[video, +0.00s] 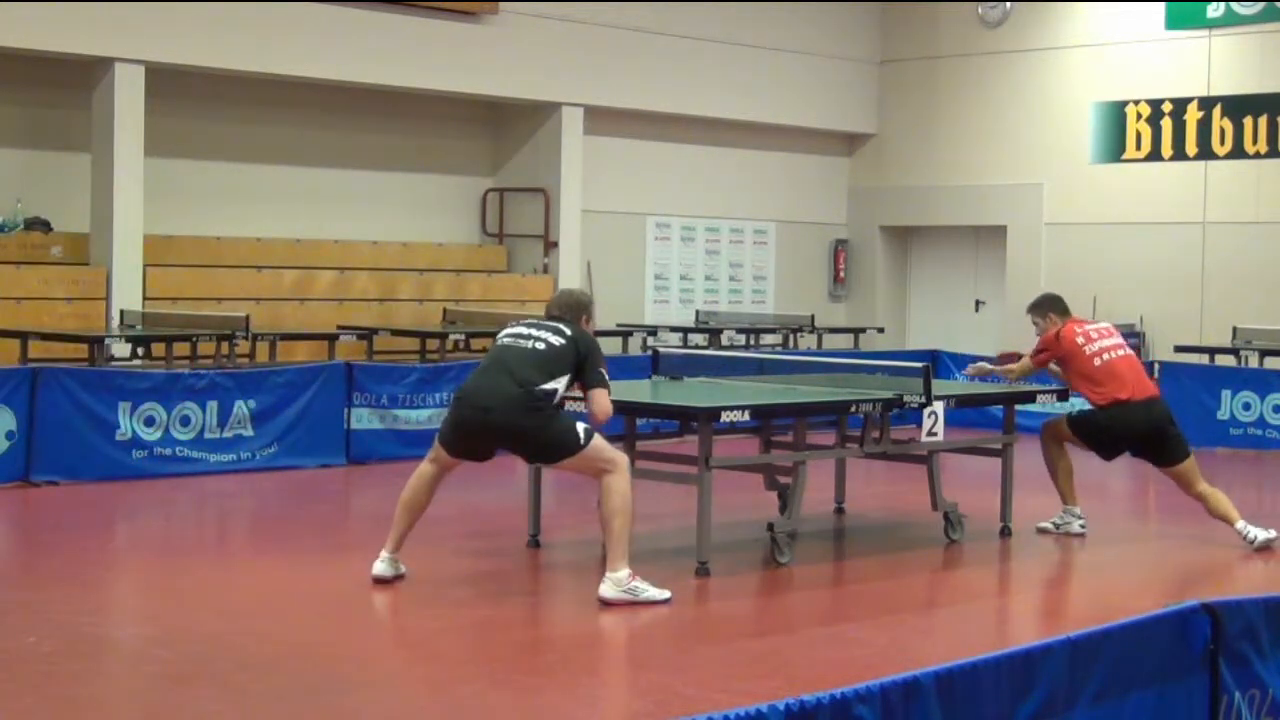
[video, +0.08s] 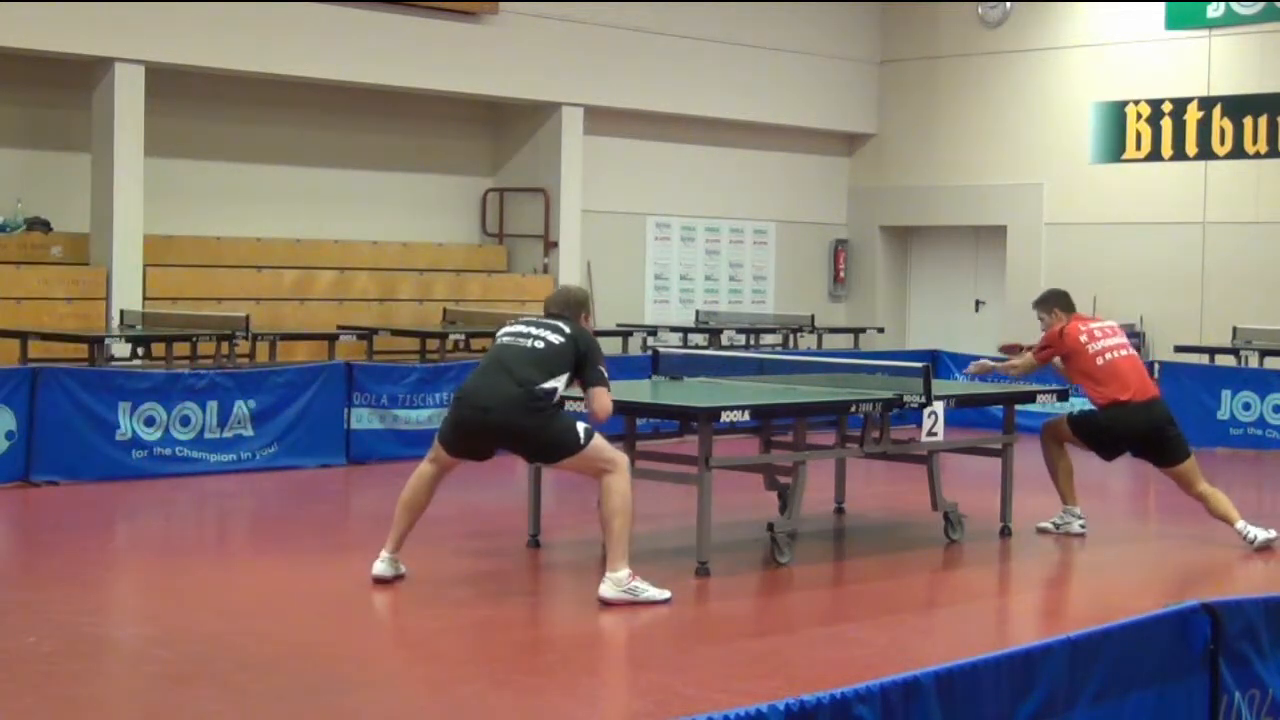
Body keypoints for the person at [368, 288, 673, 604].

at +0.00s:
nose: (594, 328)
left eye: (592, 322)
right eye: (593, 322)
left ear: (550, 314)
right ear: (584, 321)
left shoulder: (515, 327)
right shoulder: (583, 341)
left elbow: (502, 373)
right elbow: (601, 412)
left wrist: (547, 392)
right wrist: (587, 414)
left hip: (469, 410)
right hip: (524, 416)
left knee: (435, 463)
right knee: (616, 466)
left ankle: (386, 556)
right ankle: (619, 577)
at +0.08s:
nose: (592, 323)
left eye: (591, 318)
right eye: (591, 318)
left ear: (547, 312)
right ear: (583, 318)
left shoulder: (513, 326)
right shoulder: (582, 339)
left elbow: (503, 373)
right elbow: (601, 411)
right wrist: (598, 393)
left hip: (469, 410)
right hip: (526, 417)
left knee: (435, 463)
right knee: (615, 466)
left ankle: (387, 556)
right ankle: (619, 576)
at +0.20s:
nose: (591, 316)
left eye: (590, 311)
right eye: (590, 310)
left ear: (546, 305)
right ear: (581, 310)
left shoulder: (514, 319)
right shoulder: (581, 333)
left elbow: (503, 367)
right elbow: (601, 403)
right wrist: (591, 397)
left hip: (470, 408)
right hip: (526, 415)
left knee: (435, 462)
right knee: (615, 466)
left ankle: (387, 556)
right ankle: (618, 576)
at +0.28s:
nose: (589, 305)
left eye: (588, 300)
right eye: (588, 300)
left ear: (544, 296)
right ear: (580, 301)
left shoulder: (512, 313)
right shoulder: (581, 325)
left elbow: (501, 361)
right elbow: (602, 397)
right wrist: (598, 392)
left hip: (472, 404)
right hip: (529, 410)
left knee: (435, 463)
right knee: (616, 465)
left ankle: (386, 557)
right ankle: (618, 576)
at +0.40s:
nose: (587, 292)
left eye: (586, 286)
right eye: (586, 286)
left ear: (542, 284)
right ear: (577, 288)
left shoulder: (510, 303)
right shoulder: (579, 313)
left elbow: (498, 349)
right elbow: (604, 384)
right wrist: (593, 359)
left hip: (474, 399)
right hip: (529, 404)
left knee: (435, 463)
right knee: (615, 464)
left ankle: (386, 557)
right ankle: (618, 575)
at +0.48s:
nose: (587, 285)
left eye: (586, 278)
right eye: (586, 278)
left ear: (541, 277)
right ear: (578, 280)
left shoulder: (510, 297)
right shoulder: (580, 306)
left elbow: (500, 344)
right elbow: (605, 377)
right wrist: (596, 350)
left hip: (475, 392)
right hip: (530, 398)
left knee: (435, 463)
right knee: (615, 464)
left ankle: (387, 557)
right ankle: (618, 576)